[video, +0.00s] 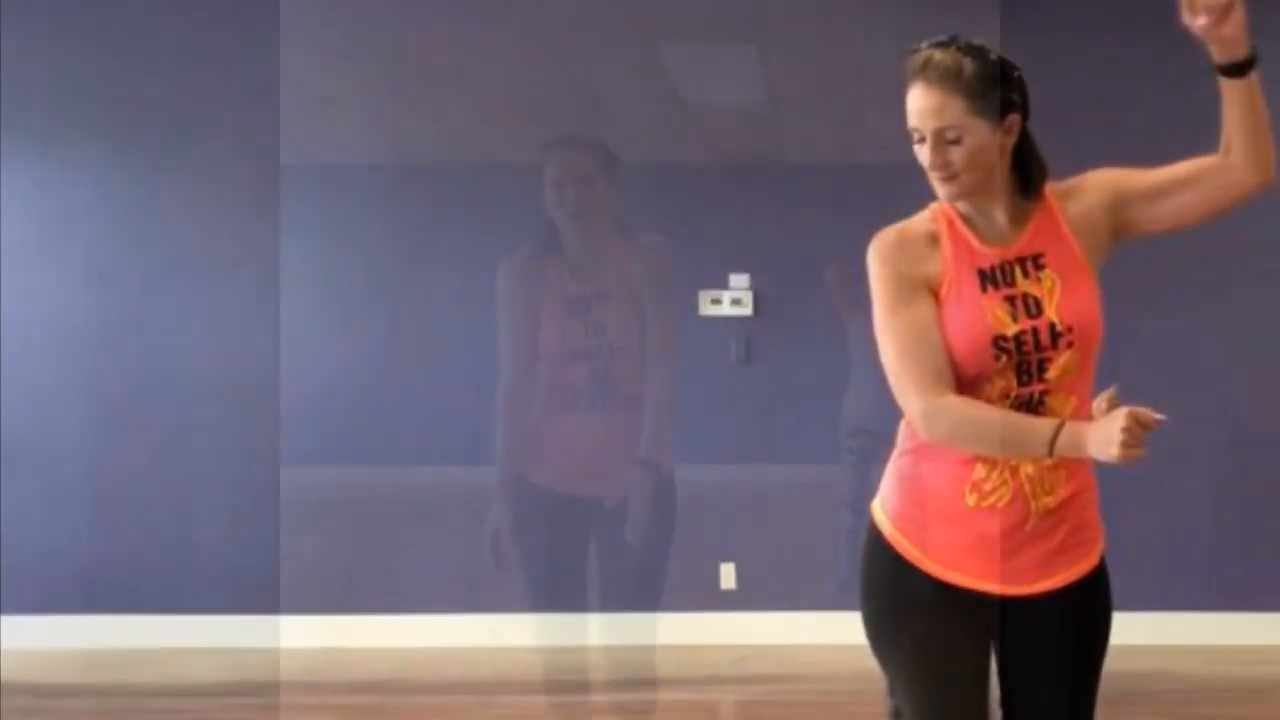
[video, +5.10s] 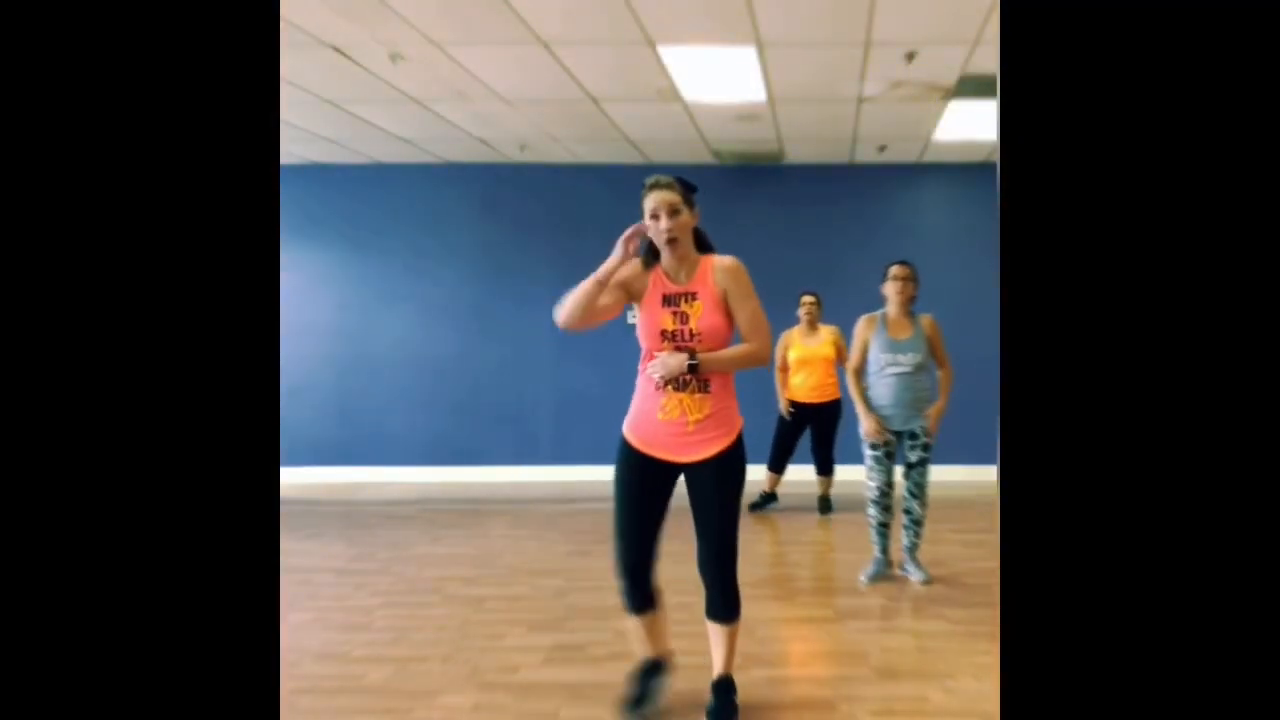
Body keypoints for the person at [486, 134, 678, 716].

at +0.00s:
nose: (572, 195)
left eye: (584, 181)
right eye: (558, 184)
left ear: (612, 188)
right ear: (543, 196)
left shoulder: (648, 261)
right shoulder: (524, 271)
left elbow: (662, 363)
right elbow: (515, 379)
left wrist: (649, 471)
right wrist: (503, 493)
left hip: (634, 484)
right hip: (547, 486)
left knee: (629, 648)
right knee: (558, 650)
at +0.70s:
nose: (636, 219)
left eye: (646, 209)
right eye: (625, 210)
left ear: (664, 218)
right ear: (610, 220)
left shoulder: (689, 273)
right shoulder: (586, 279)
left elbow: (714, 355)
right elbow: (577, 364)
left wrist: (709, 430)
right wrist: (579, 438)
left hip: (681, 455)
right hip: (608, 455)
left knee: (664, 587)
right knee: (606, 586)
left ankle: (655, 701)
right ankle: (615, 696)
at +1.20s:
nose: (656, 229)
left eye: (665, 220)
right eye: (646, 221)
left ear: (681, 228)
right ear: (631, 229)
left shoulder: (703, 278)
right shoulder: (611, 281)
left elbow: (727, 357)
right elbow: (599, 362)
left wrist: (683, 364)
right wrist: (633, 360)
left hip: (684, 448)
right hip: (618, 448)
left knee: (680, 568)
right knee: (631, 567)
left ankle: (703, 668)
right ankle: (643, 672)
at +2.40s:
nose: (622, 233)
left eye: (630, 225)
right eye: (612, 225)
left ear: (641, 234)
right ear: (593, 234)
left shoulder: (659, 291)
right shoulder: (565, 284)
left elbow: (672, 370)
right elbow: (532, 364)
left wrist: (610, 369)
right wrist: (544, 338)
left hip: (632, 445)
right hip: (563, 446)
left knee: (674, 546)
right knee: (571, 564)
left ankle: (677, 672)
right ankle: (569, 667)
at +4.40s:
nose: (617, 226)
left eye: (620, 216)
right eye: (606, 217)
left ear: (622, 223)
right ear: (573, 224)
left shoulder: (636, 282)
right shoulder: (541, 276)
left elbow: (658, 360)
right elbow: (521, 352)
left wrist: (614, 365)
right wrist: (572, 281)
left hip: (624, 448)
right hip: (553, 449)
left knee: (653, 566)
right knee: (554, 572)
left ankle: (663, 696)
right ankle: (544, 689)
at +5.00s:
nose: (656, 229)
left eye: (664, 218)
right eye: (646, 222)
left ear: (685, 221)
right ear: (637, 232)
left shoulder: (718, 278)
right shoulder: (631, 285)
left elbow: (753, 357)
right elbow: (575, 329)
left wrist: (687, 368)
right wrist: (612, 264)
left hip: (710, 444)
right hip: (642, 442)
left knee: (711, 572)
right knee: (605, 568)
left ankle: (722, 686)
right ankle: (586, 678)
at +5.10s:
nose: (664, 223)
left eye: (673, 212)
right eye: (654, 215)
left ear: (694, 215)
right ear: (645, 224)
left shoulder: (725, 271)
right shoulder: (637, 279)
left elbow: (760, 348)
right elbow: (568, 319)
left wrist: (693, 361)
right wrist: (610, 265)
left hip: (714, 439)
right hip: (647, 437)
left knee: (718, 568)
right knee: (632, 566)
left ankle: (722, 683)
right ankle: (657, 658)